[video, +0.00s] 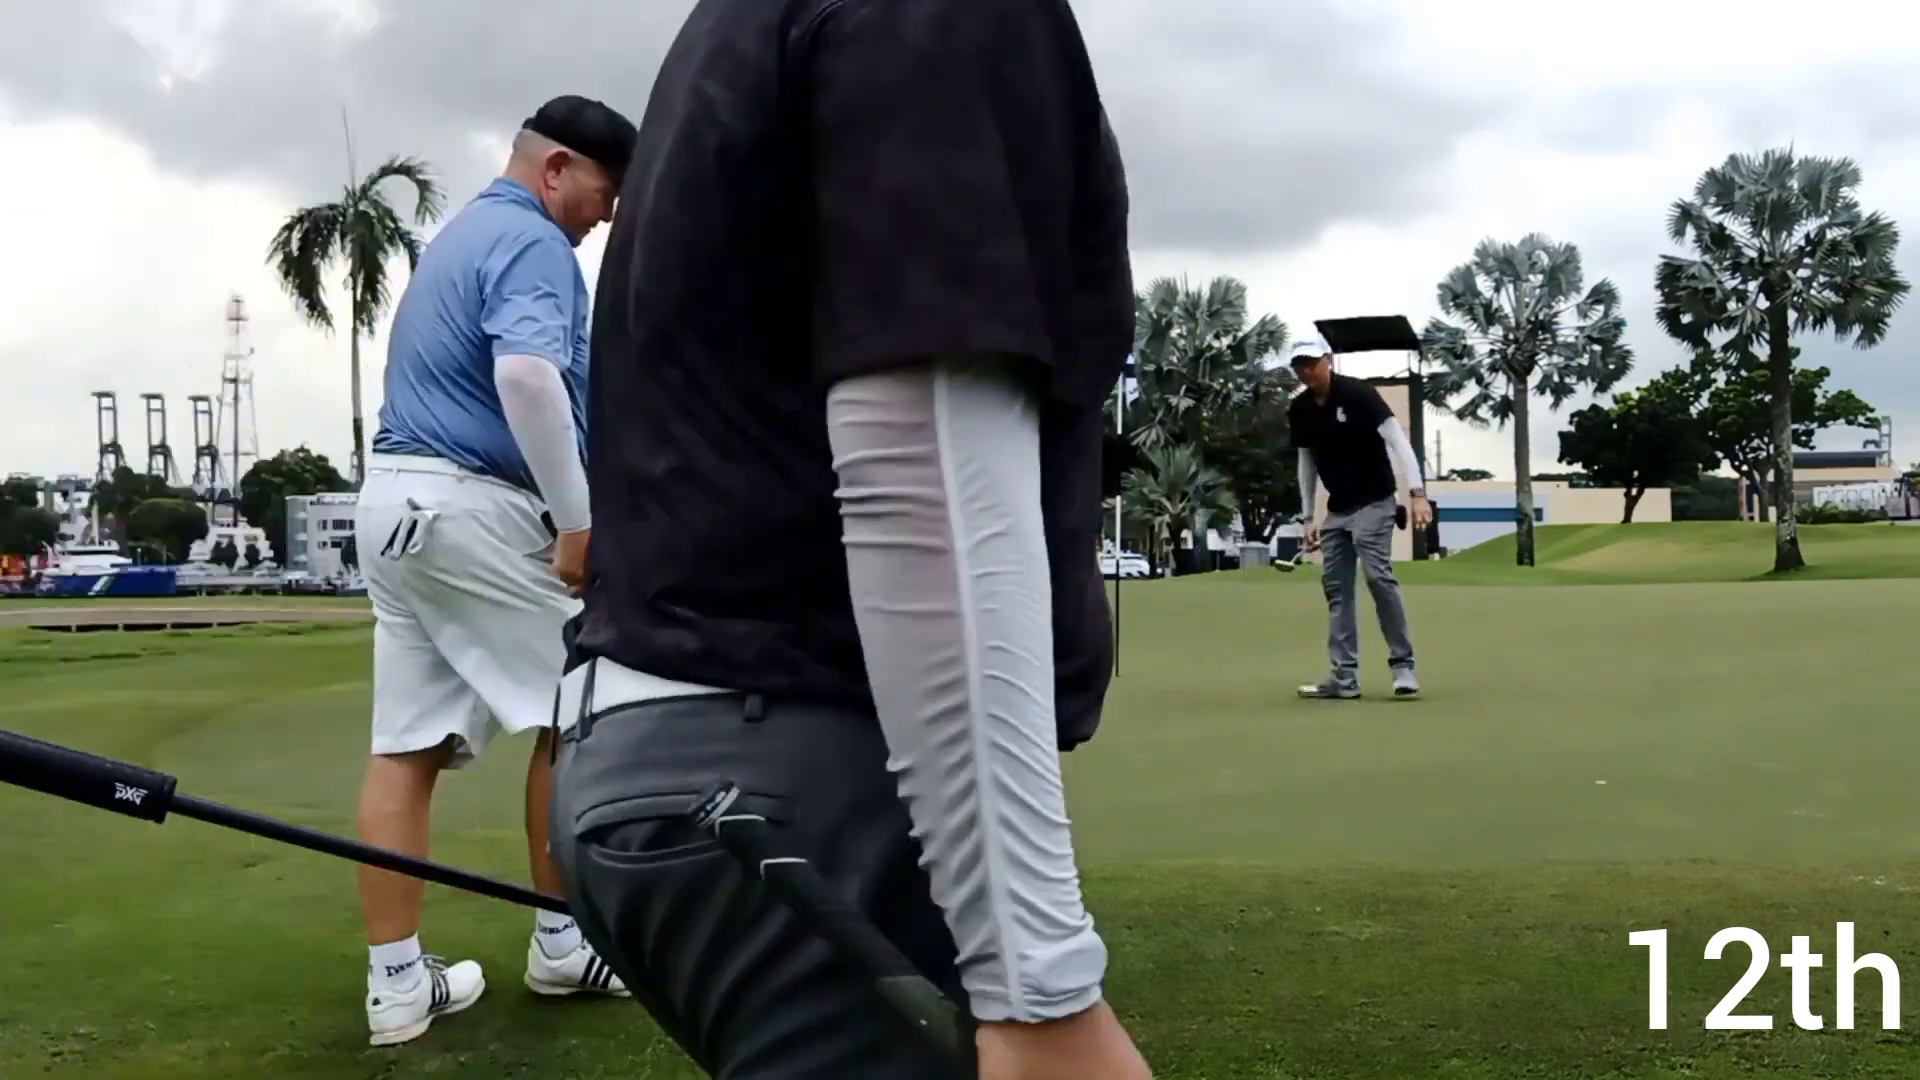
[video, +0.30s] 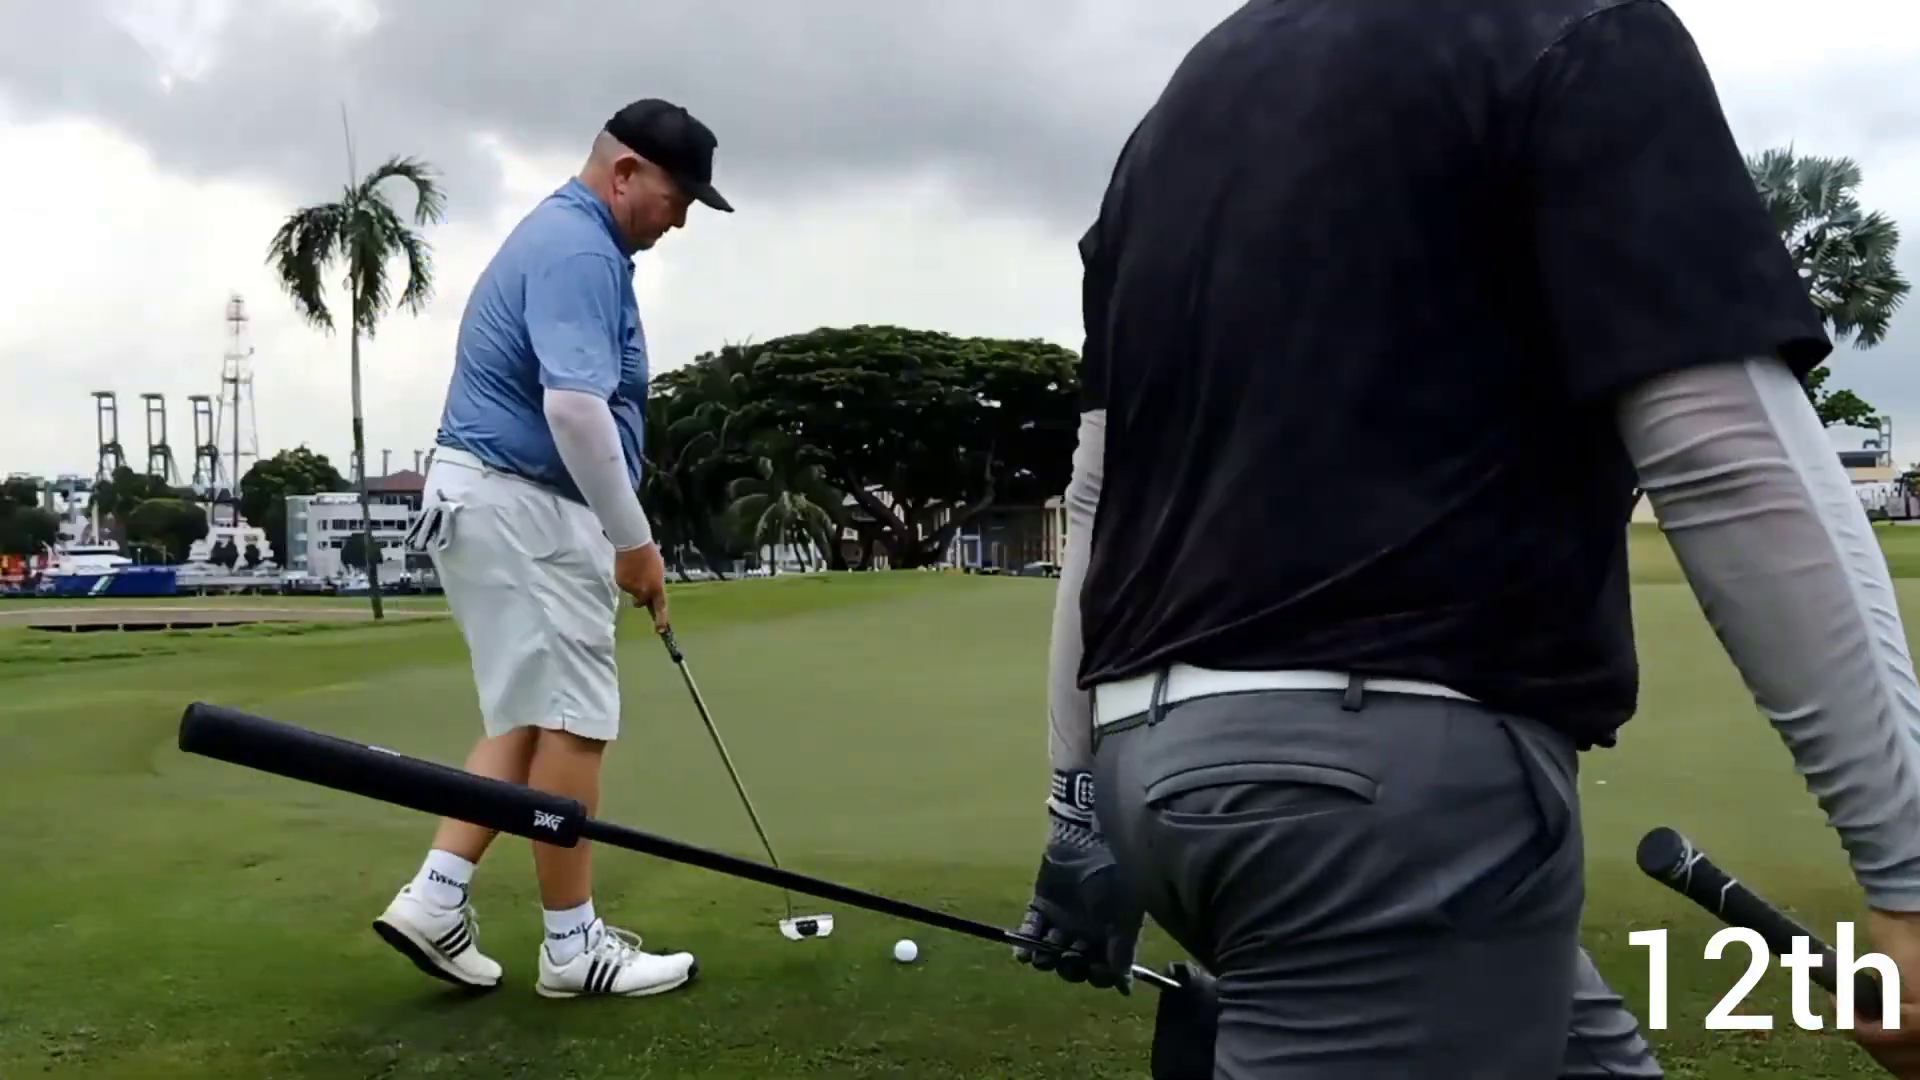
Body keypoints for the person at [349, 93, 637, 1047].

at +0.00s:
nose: (602, 217)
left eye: (610, 201)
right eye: (601, 194)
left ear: (536, 169)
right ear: (557, 166)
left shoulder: (464, 230)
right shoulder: (531, 240)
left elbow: (440, 385)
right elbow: (524, 376)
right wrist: (578, 522)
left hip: (390, 497)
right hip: (474, 505)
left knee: (403, 749)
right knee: (578, 709)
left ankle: (397, 984)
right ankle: (566, 940)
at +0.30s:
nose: (678, 221)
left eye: (686, 208)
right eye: (678, 200)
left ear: (624, 174)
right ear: (627, 170)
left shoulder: (565, 235)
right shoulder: (576, 244)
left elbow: (565, 407)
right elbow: (575, 407)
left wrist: (623, 541)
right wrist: (634, 539)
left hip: (490, 494)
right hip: (520, 501)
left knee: (527, 708)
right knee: (575, 716)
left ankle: (434, 900)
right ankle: (573, 942)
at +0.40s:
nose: (700, 223)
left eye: (708, 210)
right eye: (698, 202)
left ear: (648, 175)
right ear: (648, 170)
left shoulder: (607, 246)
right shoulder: (590, 244)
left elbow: (611, 410)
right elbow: (593, 413)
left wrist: (639, 537)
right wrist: (655, 543)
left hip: (557, 500)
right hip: (531, 501)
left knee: (590, 696)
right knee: (570, 713)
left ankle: (489, 867)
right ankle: (572, 944)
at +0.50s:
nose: (718, 226)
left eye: (726, 213)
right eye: (716, 206)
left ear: (671, 178)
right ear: (667, 173)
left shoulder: (633, 253)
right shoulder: (601, 248)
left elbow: (631, 417)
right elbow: (609, 421)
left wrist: (661, 543)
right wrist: (671, 547)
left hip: (584, 506)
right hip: (536, 503)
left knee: (638, 681)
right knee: (569, 712)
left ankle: (568, 876)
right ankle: (570, 945)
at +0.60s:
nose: (733, 233)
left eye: (741, 220)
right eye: (731, 213)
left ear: (689, 184)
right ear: (680, 178)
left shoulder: (653, 261)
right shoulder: (613, 255)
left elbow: (646, 422)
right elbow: (621, 427)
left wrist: (671, 542)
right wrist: (681, 550)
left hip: (601, 508)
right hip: (542, 503)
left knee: (641, 691)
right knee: (565, 715)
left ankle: (631, 893)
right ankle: (569, 944)